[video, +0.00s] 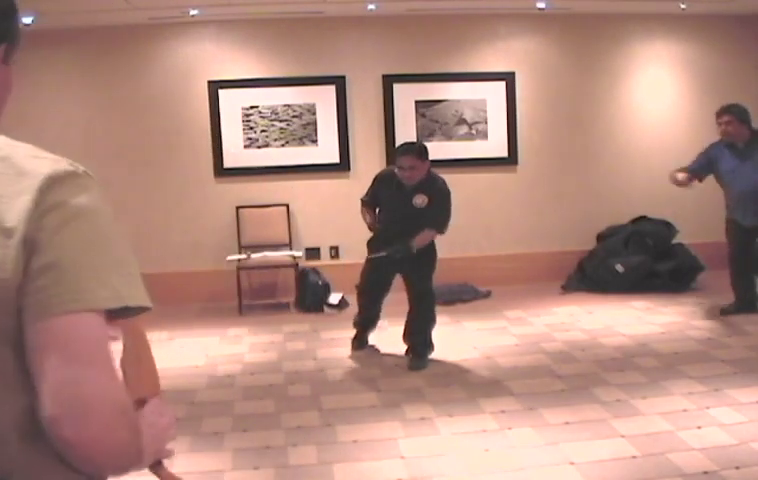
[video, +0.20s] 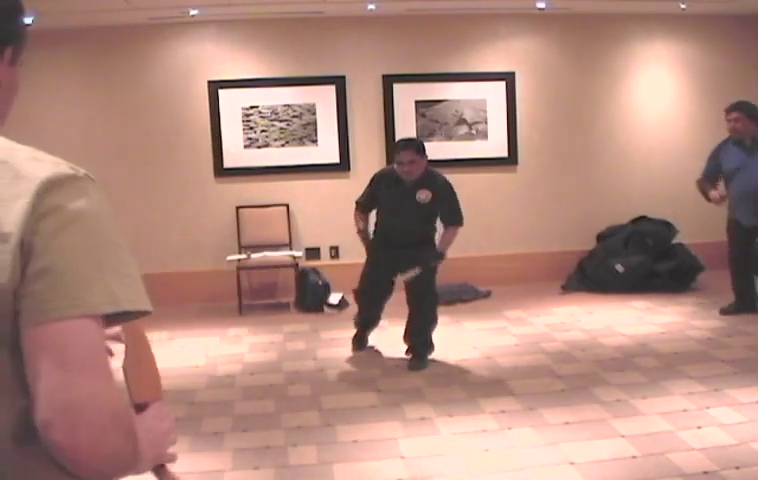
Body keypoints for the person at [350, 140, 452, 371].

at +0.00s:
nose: (405, 174)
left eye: (411, 168)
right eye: (400, 168)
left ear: (426, 166)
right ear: (395, 165)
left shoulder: (438, 188)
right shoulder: (385, 179)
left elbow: (435, 227)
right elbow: (367, 203)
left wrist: (409, 247)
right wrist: (372, 222)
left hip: (418, 246)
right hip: (383, 242)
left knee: (421, 298)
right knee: (369, 291)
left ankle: (418, 350)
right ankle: (362, 329)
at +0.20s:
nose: (405, 169)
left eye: (411, 163)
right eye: (400, 163)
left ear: (424, 161)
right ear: (394, 162)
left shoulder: (437, 185)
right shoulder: (383, 179)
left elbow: (453, 223)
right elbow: (361, 209)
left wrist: (438, 254)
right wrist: (367, 243)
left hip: (420, 249)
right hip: (384, 248)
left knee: (423, 302)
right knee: (369, 294)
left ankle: (419, 350)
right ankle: (362, 329)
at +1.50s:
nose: (399, 171)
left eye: (402, 165)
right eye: (392, 167)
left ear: (408, 160)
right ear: (378, 164)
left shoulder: (418, 178)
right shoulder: (362, 182)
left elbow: (446, 202)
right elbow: (334, 215)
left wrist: (432, 218)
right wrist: (330, 245)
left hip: (412, 246)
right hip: (379, 247)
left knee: (419, 297)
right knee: (380, 301)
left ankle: (421, 346)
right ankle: (381, 350)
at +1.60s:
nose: (398, 171)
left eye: (402, 165)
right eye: (391, 167)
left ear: (408, 161)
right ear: (378, 164)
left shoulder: (419, 178)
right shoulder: (363, 182)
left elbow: (454, 196)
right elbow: (335, 215)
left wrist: (447, 214)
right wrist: (331, 245)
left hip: (412, 247)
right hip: (377, 249)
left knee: (419, 298)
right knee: (380, 302)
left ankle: (421, 346)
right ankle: (380, 351)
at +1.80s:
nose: (401, 171)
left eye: (405, 166)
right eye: (394, 167)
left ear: (411, 161)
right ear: (381, 164)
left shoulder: (421, 178)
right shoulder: (365, 181)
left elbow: (459, 189)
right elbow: (336, 213)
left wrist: (457, 209)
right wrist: (333, 244)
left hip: (412, 247)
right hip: (377, 249)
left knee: (419, 298)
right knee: (379, 302)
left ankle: (421, 346)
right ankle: (380, 351)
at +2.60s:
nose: (403, 166)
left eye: (407, 160)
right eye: (396, 162)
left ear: (415, 157)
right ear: (385, 161)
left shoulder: (430, 179)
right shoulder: (373, 179)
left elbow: (439, 210)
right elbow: (354, 212)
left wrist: (418, 228)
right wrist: (379, 224)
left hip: (416, 244)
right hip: (381, 245)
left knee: (422, 296)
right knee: (378, 297)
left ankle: (421, 345)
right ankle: (379, 348)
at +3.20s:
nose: (385, 169)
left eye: (389, 163)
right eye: (379, 164)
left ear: (396, 161)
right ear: (367, 164)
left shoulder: (409, 185)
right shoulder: (354, 184)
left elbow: (420, 215)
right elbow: (337, 216)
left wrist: (404, 224)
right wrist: (357, 222)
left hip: (400, 251)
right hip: (365, 253)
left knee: (414, 299)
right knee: (367, 302)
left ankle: (426, 348)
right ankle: (373, 342)